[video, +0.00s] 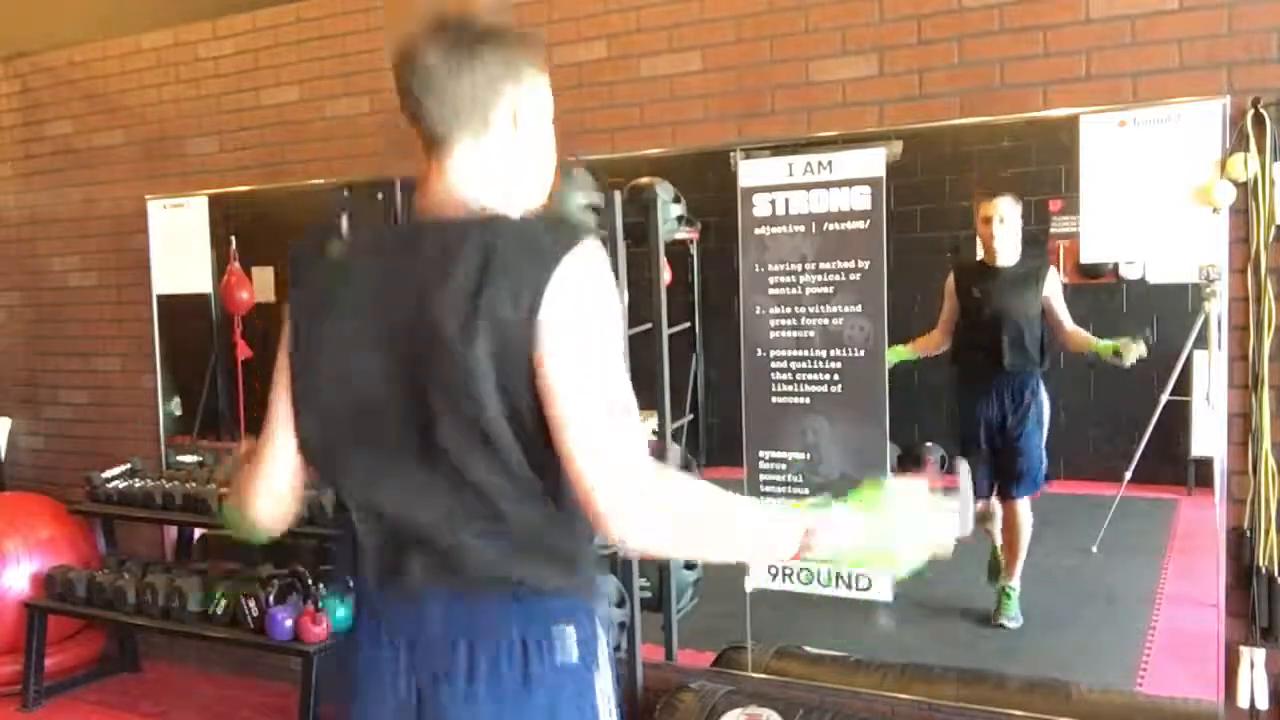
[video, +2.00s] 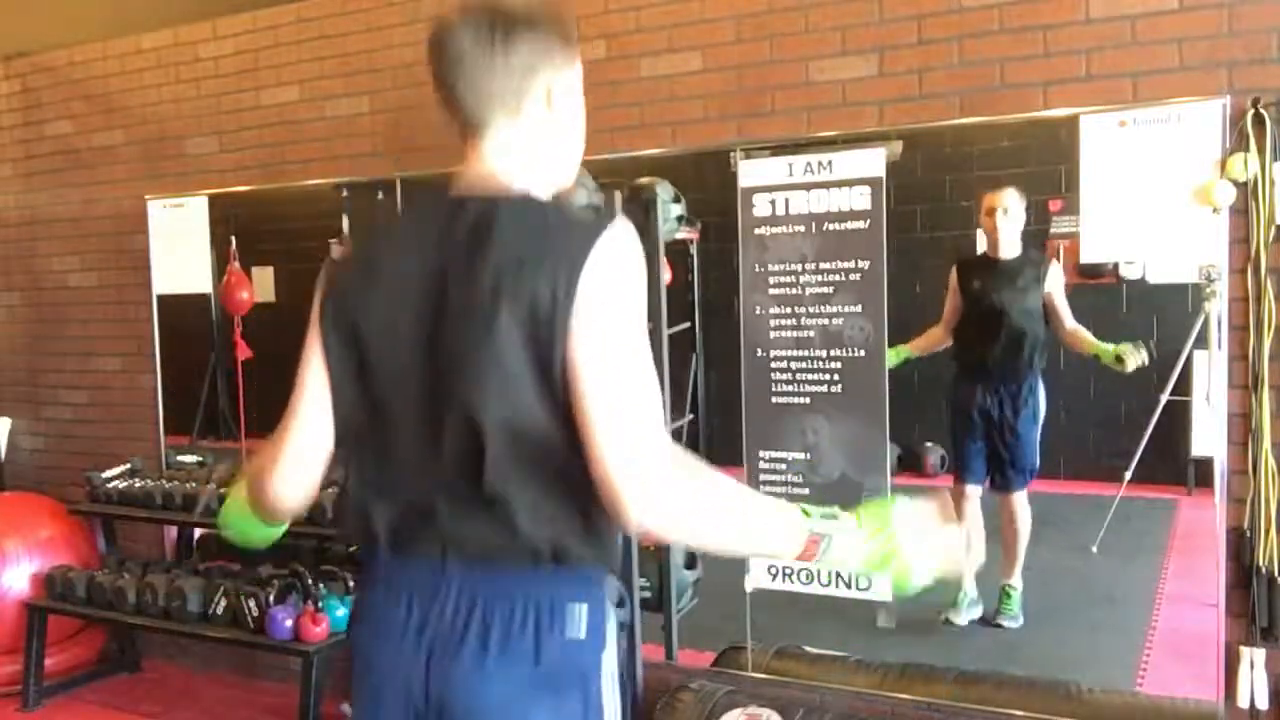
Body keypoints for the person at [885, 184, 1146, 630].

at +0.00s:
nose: (991, 229)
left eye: (999, 221)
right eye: (985, 221)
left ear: (1018, 226)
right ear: (976, 227)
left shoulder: (1042, 276)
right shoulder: (960, 278)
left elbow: (1067, 333)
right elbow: (942, 335)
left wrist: (1106, 348)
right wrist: (903, 351)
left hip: (1024, 391)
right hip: (974, 392)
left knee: (1016, 495)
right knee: (980, 501)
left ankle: (1011, 589)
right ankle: (996, 545)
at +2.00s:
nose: (997, 220)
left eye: (1006, 212)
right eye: (990, 212)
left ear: (1023, 218)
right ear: (979, 219)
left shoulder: (1045, 270)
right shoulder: (965, 270)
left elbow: (1068, 329)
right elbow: (946, 328)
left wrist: (1105, 351)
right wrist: (903, 351)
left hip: (1021, 390)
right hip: (971, 388)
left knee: (1012, 492)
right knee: (965, 491)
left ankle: (1010, 590)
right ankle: (966, 593)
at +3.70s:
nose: (996, 237)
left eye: (1006, 229)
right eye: (988, 228)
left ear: (1021, 235)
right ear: (978, 234)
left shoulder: (1043, 285)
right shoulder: (961, 287)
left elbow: (1085, 332)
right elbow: (920, 334)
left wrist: (1126, 369)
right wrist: (873, 351)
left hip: (1018, 406)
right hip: (968, 404)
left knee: (1012, 503)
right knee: (960, 493)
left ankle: (1009, 589)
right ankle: (970, 589)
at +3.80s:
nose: (995, 211)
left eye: (1005, 203)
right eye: (989, 203)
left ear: (1020, 210)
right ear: (979, 209)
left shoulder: (1039, 259)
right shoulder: (963, 260)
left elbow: (1036, 319)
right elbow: (950, 318)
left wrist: (1006, 359)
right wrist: (966, 361)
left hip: (1015, 365)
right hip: (967, 366)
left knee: (1006, 474)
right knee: (963, 451)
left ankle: (1007, 570)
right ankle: (977, 551)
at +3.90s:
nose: (995, 206)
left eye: (1004, 198)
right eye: (988, 198)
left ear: (1019, 206)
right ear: (979, 205)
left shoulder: (1036, 254)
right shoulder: (960, 257)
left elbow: (1006, 303)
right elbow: (976, 320)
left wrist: (948, 320)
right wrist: (1033, 340)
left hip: (1011, 368)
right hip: (966, 367)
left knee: (997, 462)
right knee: (967, 457)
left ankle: (993, 541)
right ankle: (986, 551)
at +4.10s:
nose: (988, 236)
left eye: (996, 228)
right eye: (983, 228)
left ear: (1015, 234)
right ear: (975, 233)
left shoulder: (1033, 281)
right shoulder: (958, 281)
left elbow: (1027, 332)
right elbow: (955, 354)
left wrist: (976, 300)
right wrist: (990, 348)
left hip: (1009, 397)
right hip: (963, 395)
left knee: (999, 495)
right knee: (959, 486)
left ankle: (989, 585)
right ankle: (976, 579)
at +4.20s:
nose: (982, 209)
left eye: (991, 201)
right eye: (978, 201)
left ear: (1009, 208)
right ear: (970, 208)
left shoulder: (1033, 260)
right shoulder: (952, 263)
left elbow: (1051, 331)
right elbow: (938, 326)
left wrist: (1027, 332)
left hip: (1010, 374)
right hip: (963, 373)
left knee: (999, 476)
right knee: (962, 467)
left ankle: (993, 573)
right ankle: (977, 549)